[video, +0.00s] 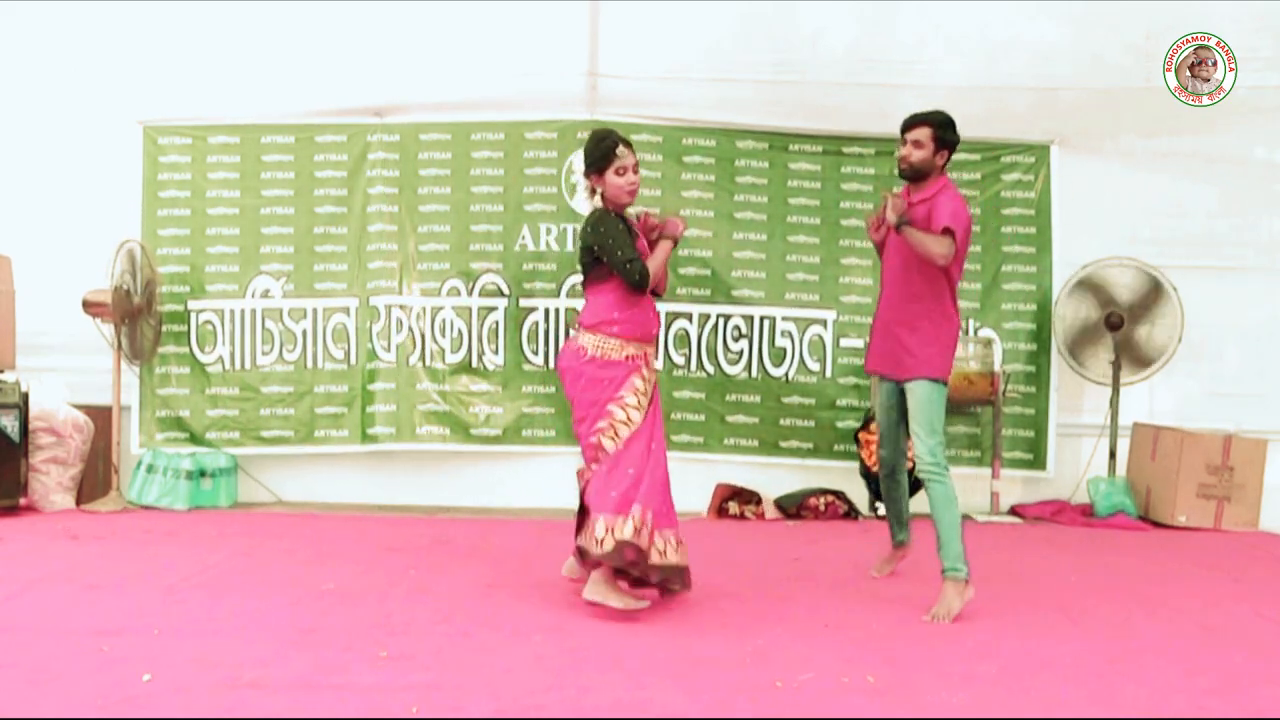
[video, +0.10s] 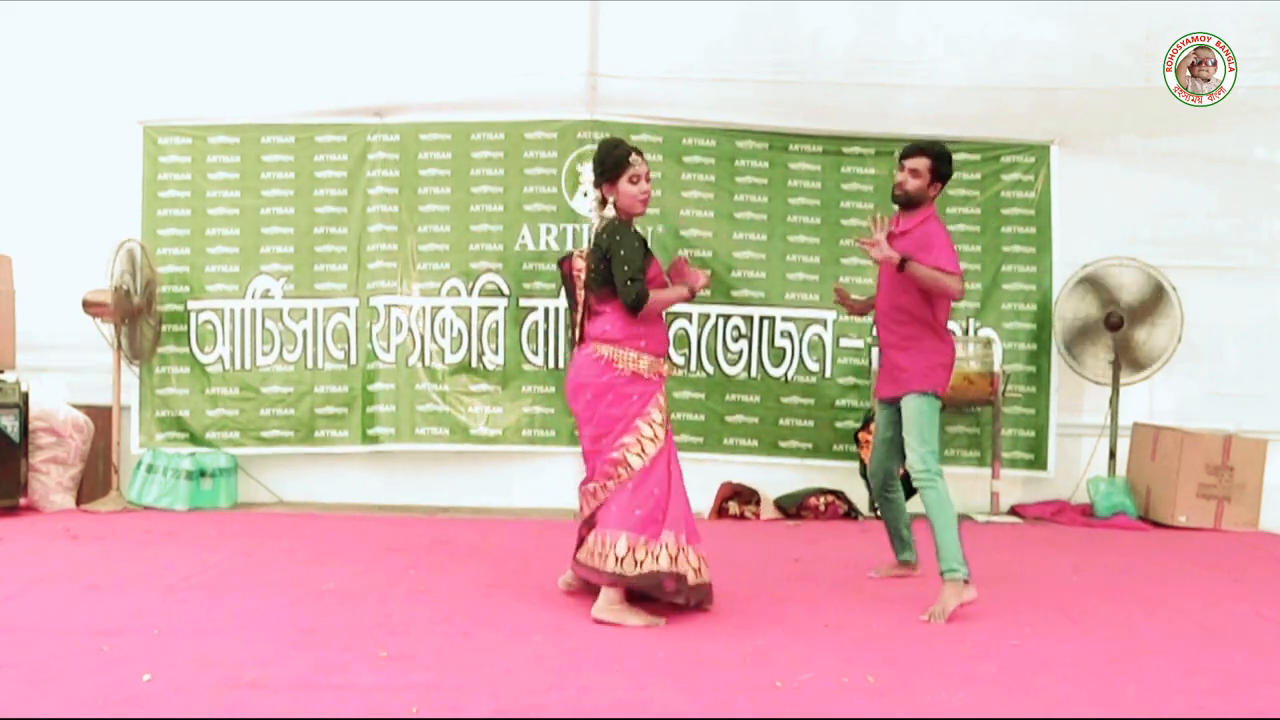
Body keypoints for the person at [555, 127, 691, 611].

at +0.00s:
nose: (633, 178)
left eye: (635, 168)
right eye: (621, 171)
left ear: (638, 171)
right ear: (596, 181)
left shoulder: (628, 224)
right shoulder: (603, 224)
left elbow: (658, 286)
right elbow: (641, 279)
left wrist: (661, 241)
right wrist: (667, 240)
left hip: (629, 355)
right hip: (603, 358)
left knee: (624, 454)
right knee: (629, 456)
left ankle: (585, 553)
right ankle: (602, 576)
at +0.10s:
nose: (646, 188)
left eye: (648, 179)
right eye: (635, 180)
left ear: (645, 183)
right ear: (608, 189)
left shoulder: (611, 234)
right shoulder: (622, 236)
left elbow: (626, 291)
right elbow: (637, 300)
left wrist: (672, 279)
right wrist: (684, 291)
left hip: (599, 367)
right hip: (616, 372)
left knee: (614, 471)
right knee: (645, 474)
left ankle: (584, 567)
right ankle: (612, 597)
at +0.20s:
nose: (655, 190)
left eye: (656, 181)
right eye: (644, 182)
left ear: (648, 185)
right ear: (618, 190)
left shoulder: (610, 238)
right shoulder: (631, 238)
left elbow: (624, 304)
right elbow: (636, 304)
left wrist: (672, 304)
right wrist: (696, 324)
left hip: (606, 369)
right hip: (628, 375)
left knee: (626, 471)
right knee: (658, 475)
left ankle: (588, 563)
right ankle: (614, 597)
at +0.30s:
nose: (662, 179)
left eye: (663, 169)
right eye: (651, 172)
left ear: (655, 172)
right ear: (626, 179)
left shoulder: (611, 227)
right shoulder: (638, 224)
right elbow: (629, 283)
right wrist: (690, 310)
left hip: (607, 362)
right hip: (630, 365)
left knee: (625, 466)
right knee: (649, 469)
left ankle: (596, 566)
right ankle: (613, 593)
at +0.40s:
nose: (665, 174)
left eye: (665, 165)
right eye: (655, 167)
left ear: (633, 173)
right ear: (629, 174)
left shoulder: (611, 220)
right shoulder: (638, 218)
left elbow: (594, 287)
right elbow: (628, 278)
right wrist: (689, 299)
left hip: (607, 359)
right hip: (630, 362)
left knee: (622, 463)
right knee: (645, 466)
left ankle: (600, 566)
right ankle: (613, 593)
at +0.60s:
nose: (658, 182)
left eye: (657, 172)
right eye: (649, 174)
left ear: (626, 182)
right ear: (622, 182)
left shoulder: (615, 228)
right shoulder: (627, 230)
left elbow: (633, 306)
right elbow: (637, 306)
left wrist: (686, 321)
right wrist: (698, 326)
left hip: (605, 367)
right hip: (617, 372)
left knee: (624, 469)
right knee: (647, 474)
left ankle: (591, 566)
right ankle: (615, 596)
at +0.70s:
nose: (644, 185)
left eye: (644, 176)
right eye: (634, 178)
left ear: (625, 184)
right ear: (608, 186)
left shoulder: (627, 239)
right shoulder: (604, 239)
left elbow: (627, 308)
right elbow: (625, 310)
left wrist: (668, 301)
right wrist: (685, 315)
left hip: (618, 370)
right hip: (598, 373)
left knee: (625, 469)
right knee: (637, 473)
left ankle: (588, 570)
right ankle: (614, 596)